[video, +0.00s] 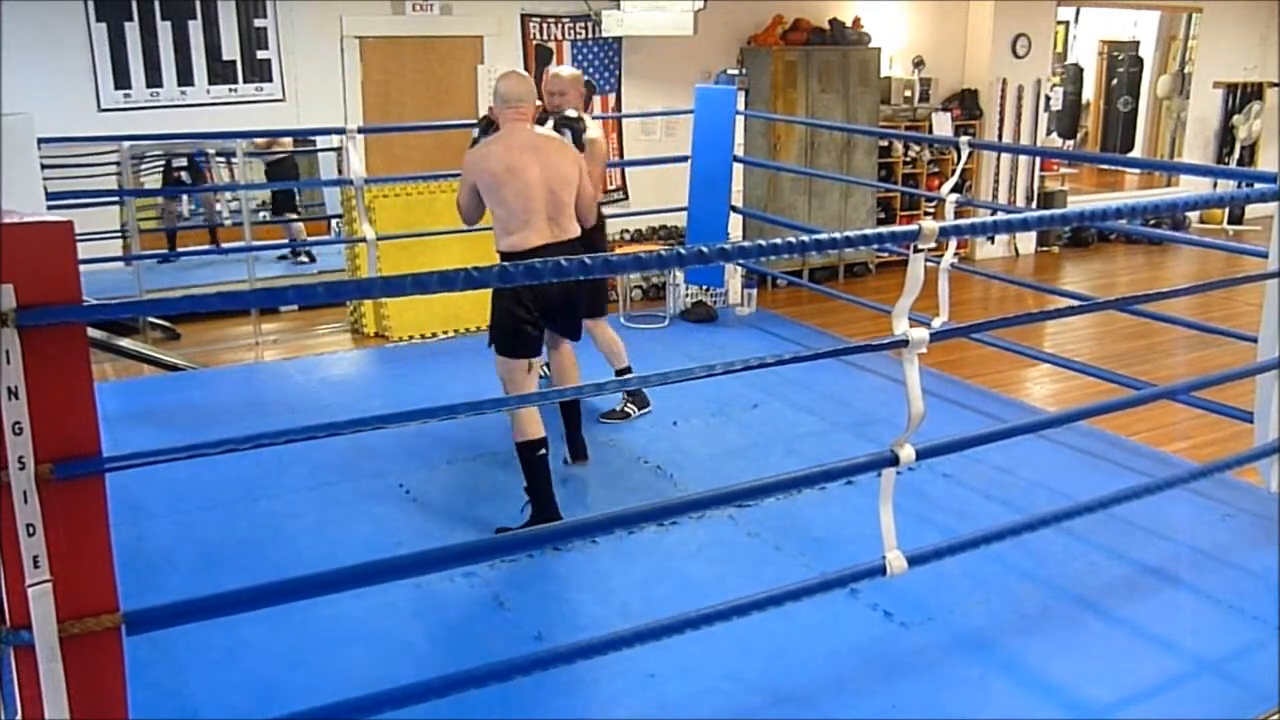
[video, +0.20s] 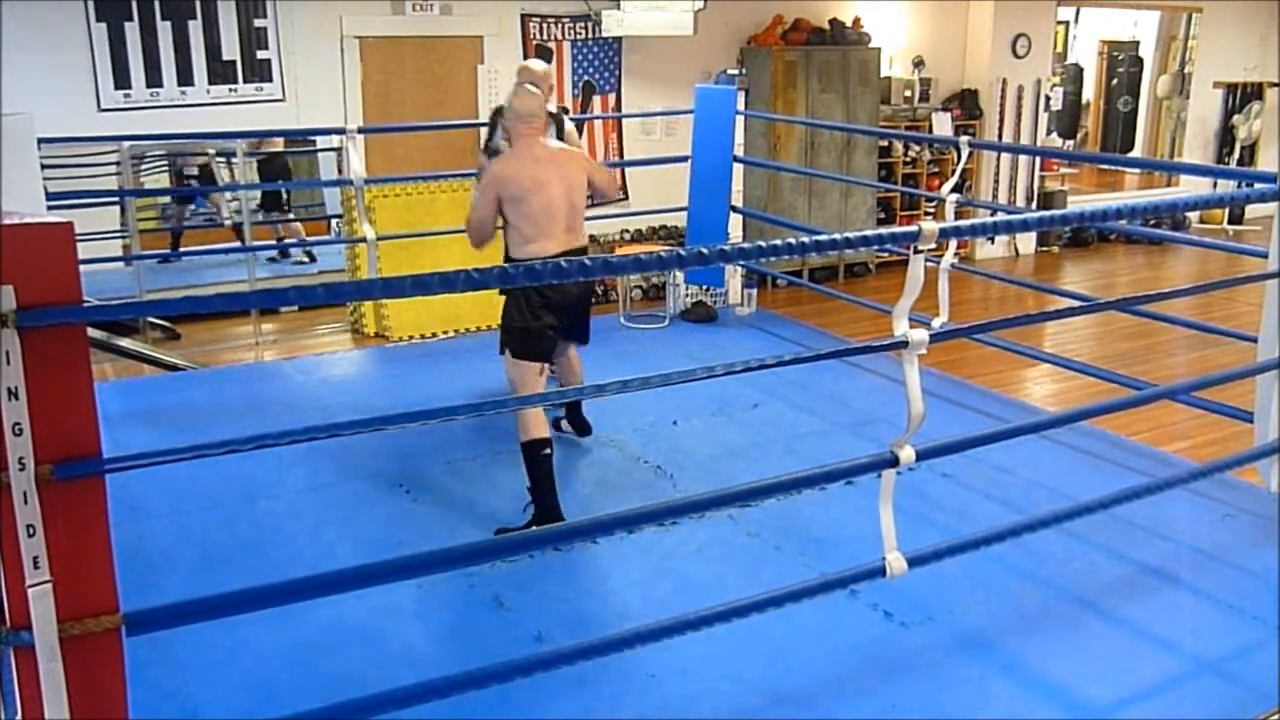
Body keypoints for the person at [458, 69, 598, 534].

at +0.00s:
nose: (495, 112)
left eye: (493, 105)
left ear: (495, 108)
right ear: (538, 106)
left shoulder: (480, 154)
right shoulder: (566, 149)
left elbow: (469, 213)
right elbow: (587, 216)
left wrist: (487, 161)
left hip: (518, 272)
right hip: (568, 263)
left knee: (519, 389)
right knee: (561, 342)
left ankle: (544, 508)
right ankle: (575, 442)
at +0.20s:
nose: (505, 126)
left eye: (505, 119)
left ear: (508, 124)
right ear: (546, 122)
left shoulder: (499, 170)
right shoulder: (573, 158)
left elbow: (479, 236)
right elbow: (610, 187)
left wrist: (488, 189)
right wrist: (571, 191)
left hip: (530, 277)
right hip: (577, 268)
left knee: (527, 392)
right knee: (563, 348)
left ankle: (546, 509)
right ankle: (577, 416)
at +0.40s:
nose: (545, 110)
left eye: (549, 106)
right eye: (552, 105)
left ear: (551, 114)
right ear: (585, 120)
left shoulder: (529, 156)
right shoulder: (595, 154)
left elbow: (503, 221)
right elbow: (589, 197)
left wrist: (481, 191)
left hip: (541, 255)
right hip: (589, 253)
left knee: (533, 367)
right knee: (574, 345)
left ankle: (560, 482)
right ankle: (587, 424)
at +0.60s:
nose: (543, 114)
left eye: (546, 109)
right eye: (551, 109)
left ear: (550, 114)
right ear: (583, 119)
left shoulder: (528, 149)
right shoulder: (600, 154)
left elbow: (490, 176)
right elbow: (621, 214)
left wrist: (486, 156)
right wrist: (590, 194)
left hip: (547, 253)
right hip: (592, 251)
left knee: (566, 361)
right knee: (587, 344)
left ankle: (607, 463)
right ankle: (583, 423)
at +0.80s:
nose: (523, 117)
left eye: (523, 112)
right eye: (528, 110)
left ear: (526, 113)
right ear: (560, 109)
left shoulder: (520, 150)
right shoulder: (591, 140)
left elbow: (506, 222)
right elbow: (618, 200)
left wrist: (501, 229)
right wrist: (581, 194)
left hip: (553, 246)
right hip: (598, 241)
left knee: (552, 359)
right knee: (587, 342)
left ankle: (604, 455)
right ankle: (581, 420)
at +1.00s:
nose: (496, 129)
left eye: (496, 121)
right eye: (494, 122)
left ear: (510, 114)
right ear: (529, 106)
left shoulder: (526, 150)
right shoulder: (567, 135)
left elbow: (507, 220)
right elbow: (555, 199)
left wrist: (484, 182)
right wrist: (501, 175)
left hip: (560, 252)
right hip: (588, 241)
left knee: (549, 362)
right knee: (568, 341)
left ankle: (585, 470)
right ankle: (585, 420)